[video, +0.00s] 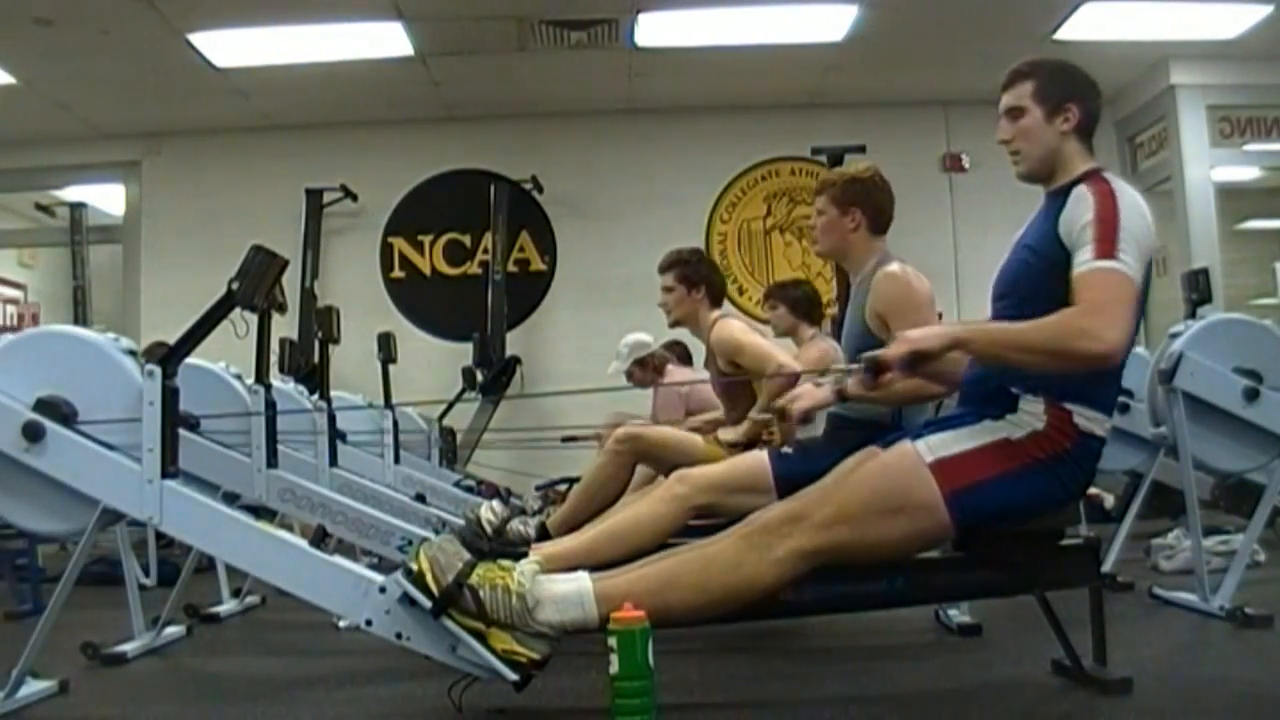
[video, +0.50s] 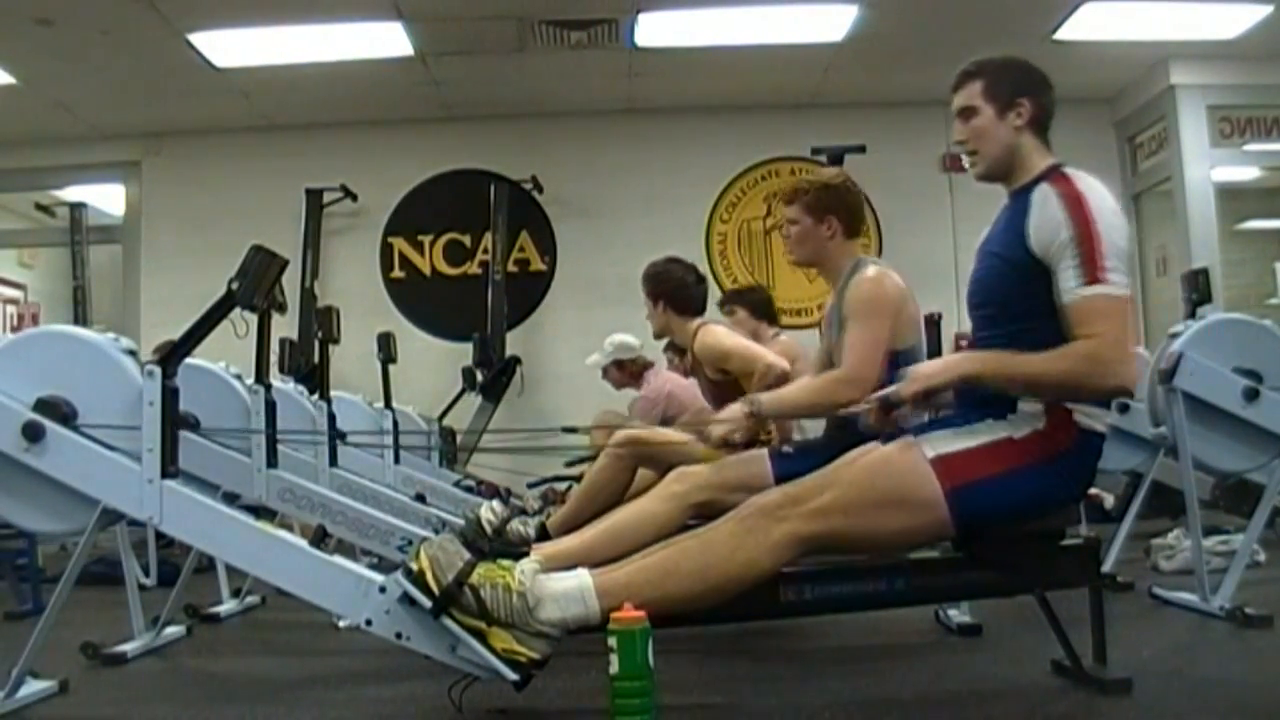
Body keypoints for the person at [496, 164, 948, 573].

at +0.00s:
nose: (811, 231)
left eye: (819, 219)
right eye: (812, 220)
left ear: (856, 220)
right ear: (857, 222)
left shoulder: (893, 283)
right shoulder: (862, 285)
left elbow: (943, 377)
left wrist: (843, 391)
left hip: (870, 453)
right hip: (840, 442)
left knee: (687, 486)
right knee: (677, 478)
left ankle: (539, 571)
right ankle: (550, 562)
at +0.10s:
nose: (806, 230)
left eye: (815, 219)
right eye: (807, 219)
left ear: (850, 223)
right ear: (849, 224)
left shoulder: (893, 286)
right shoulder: (857, 291)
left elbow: (954, 366)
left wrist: (856, 392)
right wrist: (841, 388)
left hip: (881, 448)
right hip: (850, 439)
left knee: (689, 485)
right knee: (683, 479)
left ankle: (539, 573)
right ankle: (546, 560)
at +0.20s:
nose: (800, 230)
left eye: (810, 219)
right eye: (801, 220)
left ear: (846, 223)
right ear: (843, 225)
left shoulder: (891, 286)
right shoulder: (859, 289)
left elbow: (958, 358)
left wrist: (860, 392)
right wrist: (843, 391)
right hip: (856, 440)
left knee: (692, 486)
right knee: (688, 483)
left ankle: (539, 575)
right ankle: (539, 563)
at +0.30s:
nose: (798, 235)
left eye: (807, 223)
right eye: (798, 225)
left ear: (844, 225)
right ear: (843, 226)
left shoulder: (889, 287)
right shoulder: (857, 289)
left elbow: (932, 375)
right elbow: (881, 370)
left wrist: (836, 392)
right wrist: (822, 394)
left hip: (870, 447)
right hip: (844, 438)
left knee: (692, 488)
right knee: (686, 483)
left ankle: (536, 573)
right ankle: (540, 561)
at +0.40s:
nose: (793, 236)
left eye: (802, 224)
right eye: (794, 225)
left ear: (840, 226)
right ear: (838, 228)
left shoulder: (883, 285)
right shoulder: (858, 287)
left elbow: (901, 381)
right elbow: (877, 379)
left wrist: (800, 402)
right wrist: (794, 402)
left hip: (862, 455)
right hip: (836, 446)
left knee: (691, 490)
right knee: (681, 486)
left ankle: (539, 564)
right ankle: (548, 553)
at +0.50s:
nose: (784, 238)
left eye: (793, 227)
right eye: (783, 227)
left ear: (831, 227)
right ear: (830, 230)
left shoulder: (873, 286)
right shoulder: (844, 296)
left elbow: (855, 383)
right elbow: (822, 378)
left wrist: (752, 408)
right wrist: (752, 409)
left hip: (872, 452)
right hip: (845, 445)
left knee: (693, 488)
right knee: (683, 483)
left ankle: (537, 566)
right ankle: (543, 555)